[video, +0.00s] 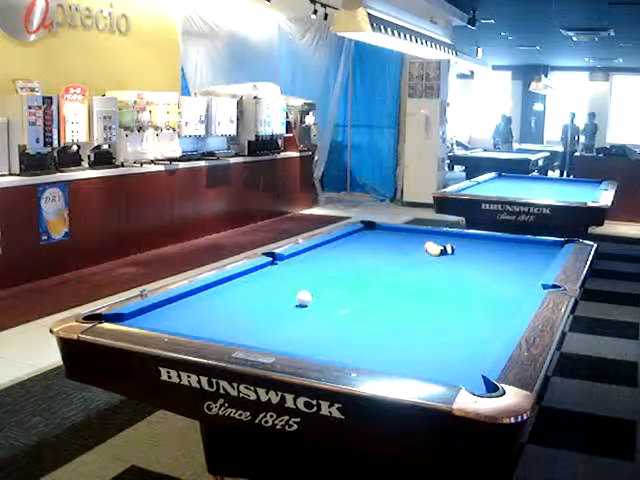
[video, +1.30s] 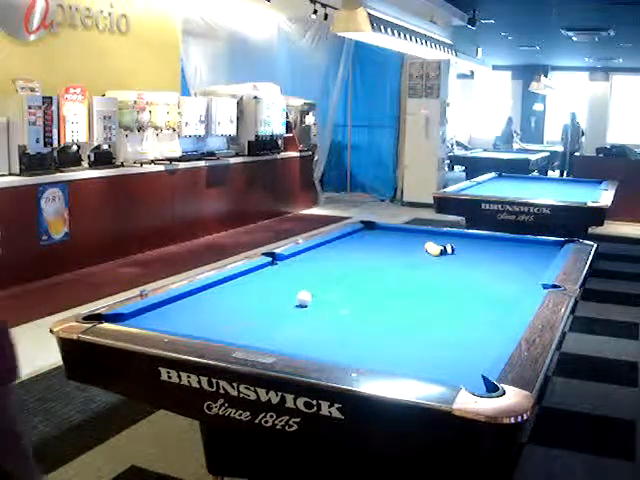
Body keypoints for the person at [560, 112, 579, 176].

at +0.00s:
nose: (572, 118)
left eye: (573, 117)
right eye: (571, 116)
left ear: (574, 117)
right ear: (569, 117)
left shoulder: (576, 128)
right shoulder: (565, 126)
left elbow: (578, 137)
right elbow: (562, 136)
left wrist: (577, 145)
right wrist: (563, 143)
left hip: (572, 147)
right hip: (565, 146)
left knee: (570, 161)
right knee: (563, 161)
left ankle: (568, 174)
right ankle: (561, 174)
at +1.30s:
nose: (572, 119)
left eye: (574, 117)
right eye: (571, 117)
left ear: (576, 118)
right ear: (570, 117)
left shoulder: (578, 126)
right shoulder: (566, 126)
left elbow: (580, 135)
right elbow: (563, 135)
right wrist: (563, 142)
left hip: (574, 146)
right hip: (566, 145)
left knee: (571, 160)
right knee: (563, 159)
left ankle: (569, 173)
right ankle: (561, 173)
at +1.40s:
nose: (572, 119)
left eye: (574, 117)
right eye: (571, 117)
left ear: (576, 117)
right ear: (570, 117)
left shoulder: (577, 126)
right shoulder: (566, 125)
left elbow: (580, 134)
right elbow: (563, 134)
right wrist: (563, 141)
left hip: (574, 145)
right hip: (566, 145)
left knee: (571, 159)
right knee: (563, 158)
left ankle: (569, 173)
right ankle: (561, 173)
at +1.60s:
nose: (572, 119)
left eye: (574, 118)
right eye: (571, 117)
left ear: (575, 118)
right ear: (570, 117)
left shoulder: (577, 126)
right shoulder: (566, 125)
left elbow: (578, 136)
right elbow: (563, 135)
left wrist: (577, 145)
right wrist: (563, 142)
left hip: (573, 146)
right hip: (566, 145)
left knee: (571, 160)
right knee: (564, 159)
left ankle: (569, 172)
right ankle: (561, 172)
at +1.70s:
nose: (572, 119)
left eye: (574, 118)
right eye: (571, 117)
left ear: (575, 118)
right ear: (570, 117)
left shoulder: (577, 126)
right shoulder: (566, 125)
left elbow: (578, 136)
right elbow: (563, 135)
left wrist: (577, 145)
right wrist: (563, 142)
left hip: (573, 146)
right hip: (566, 145)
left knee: (571, 160)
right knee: (564, 159)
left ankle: (569, 172)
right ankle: (561, 172)